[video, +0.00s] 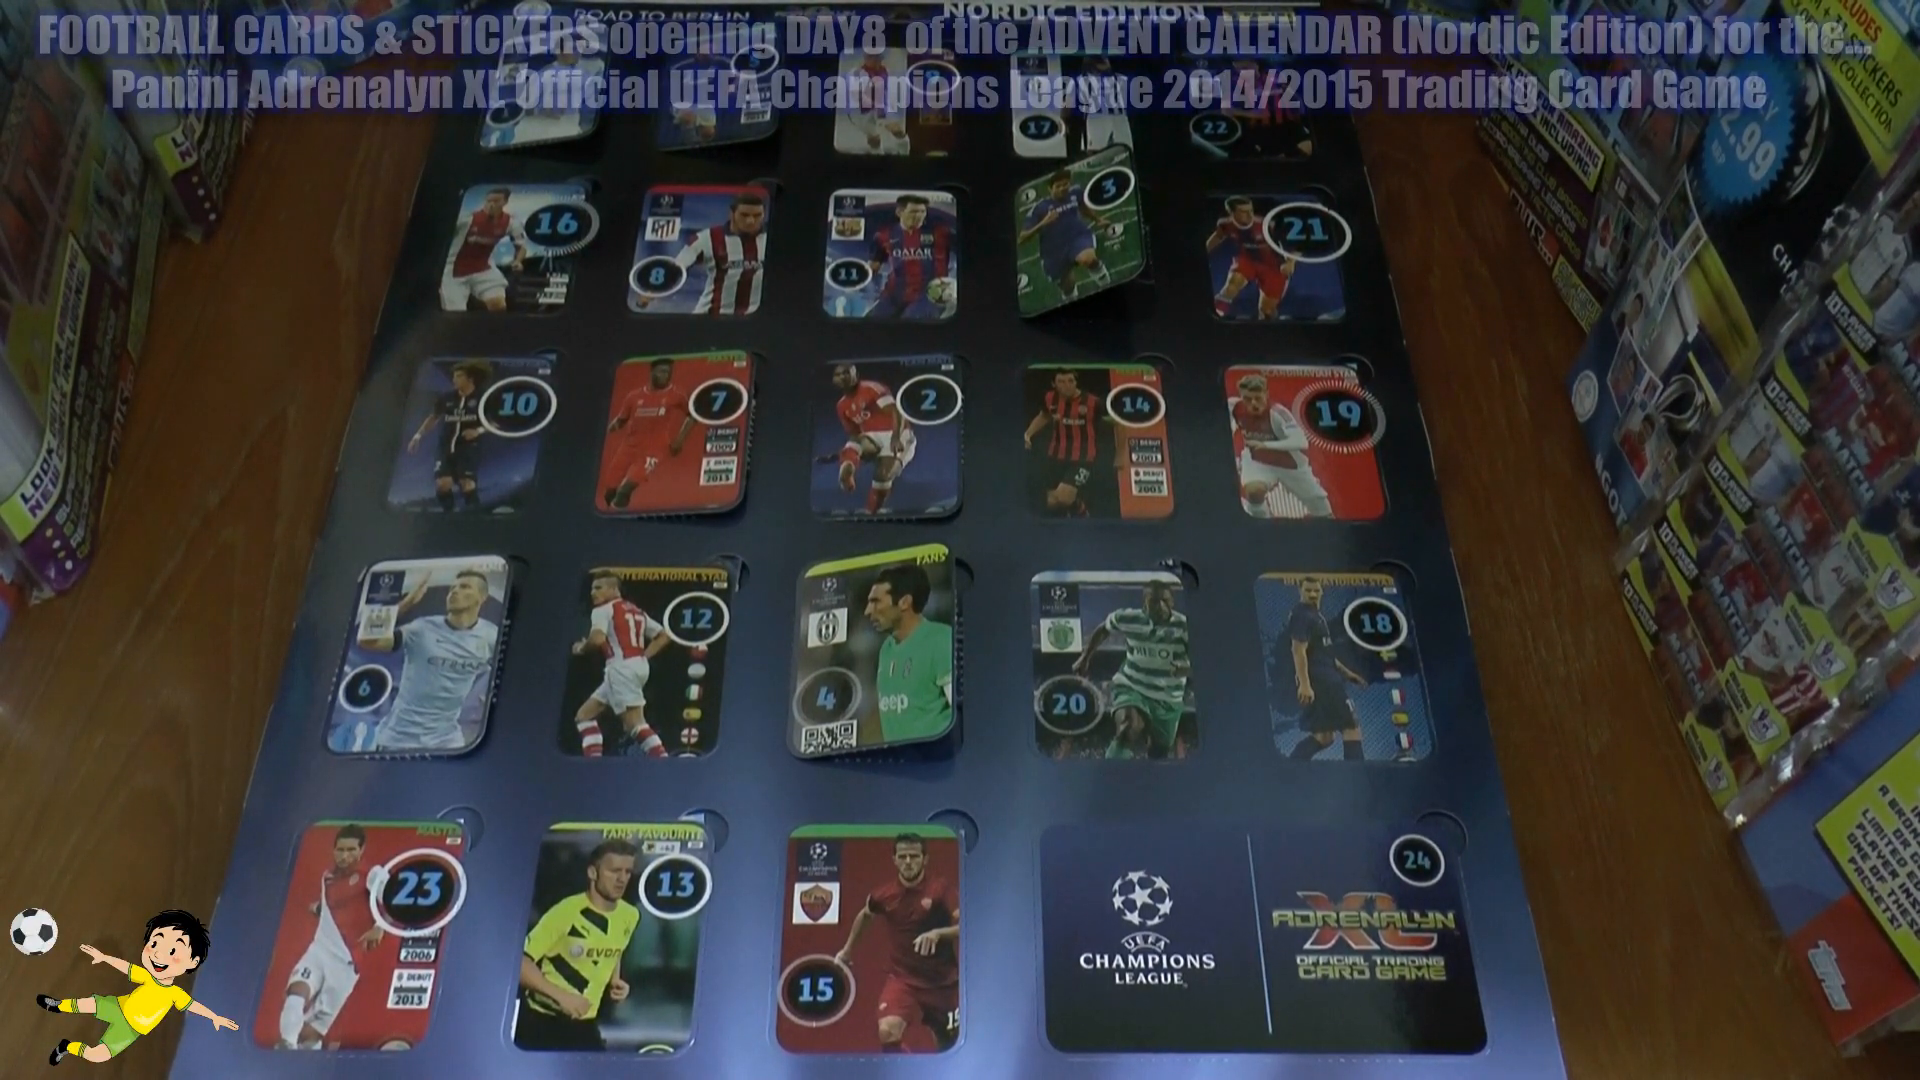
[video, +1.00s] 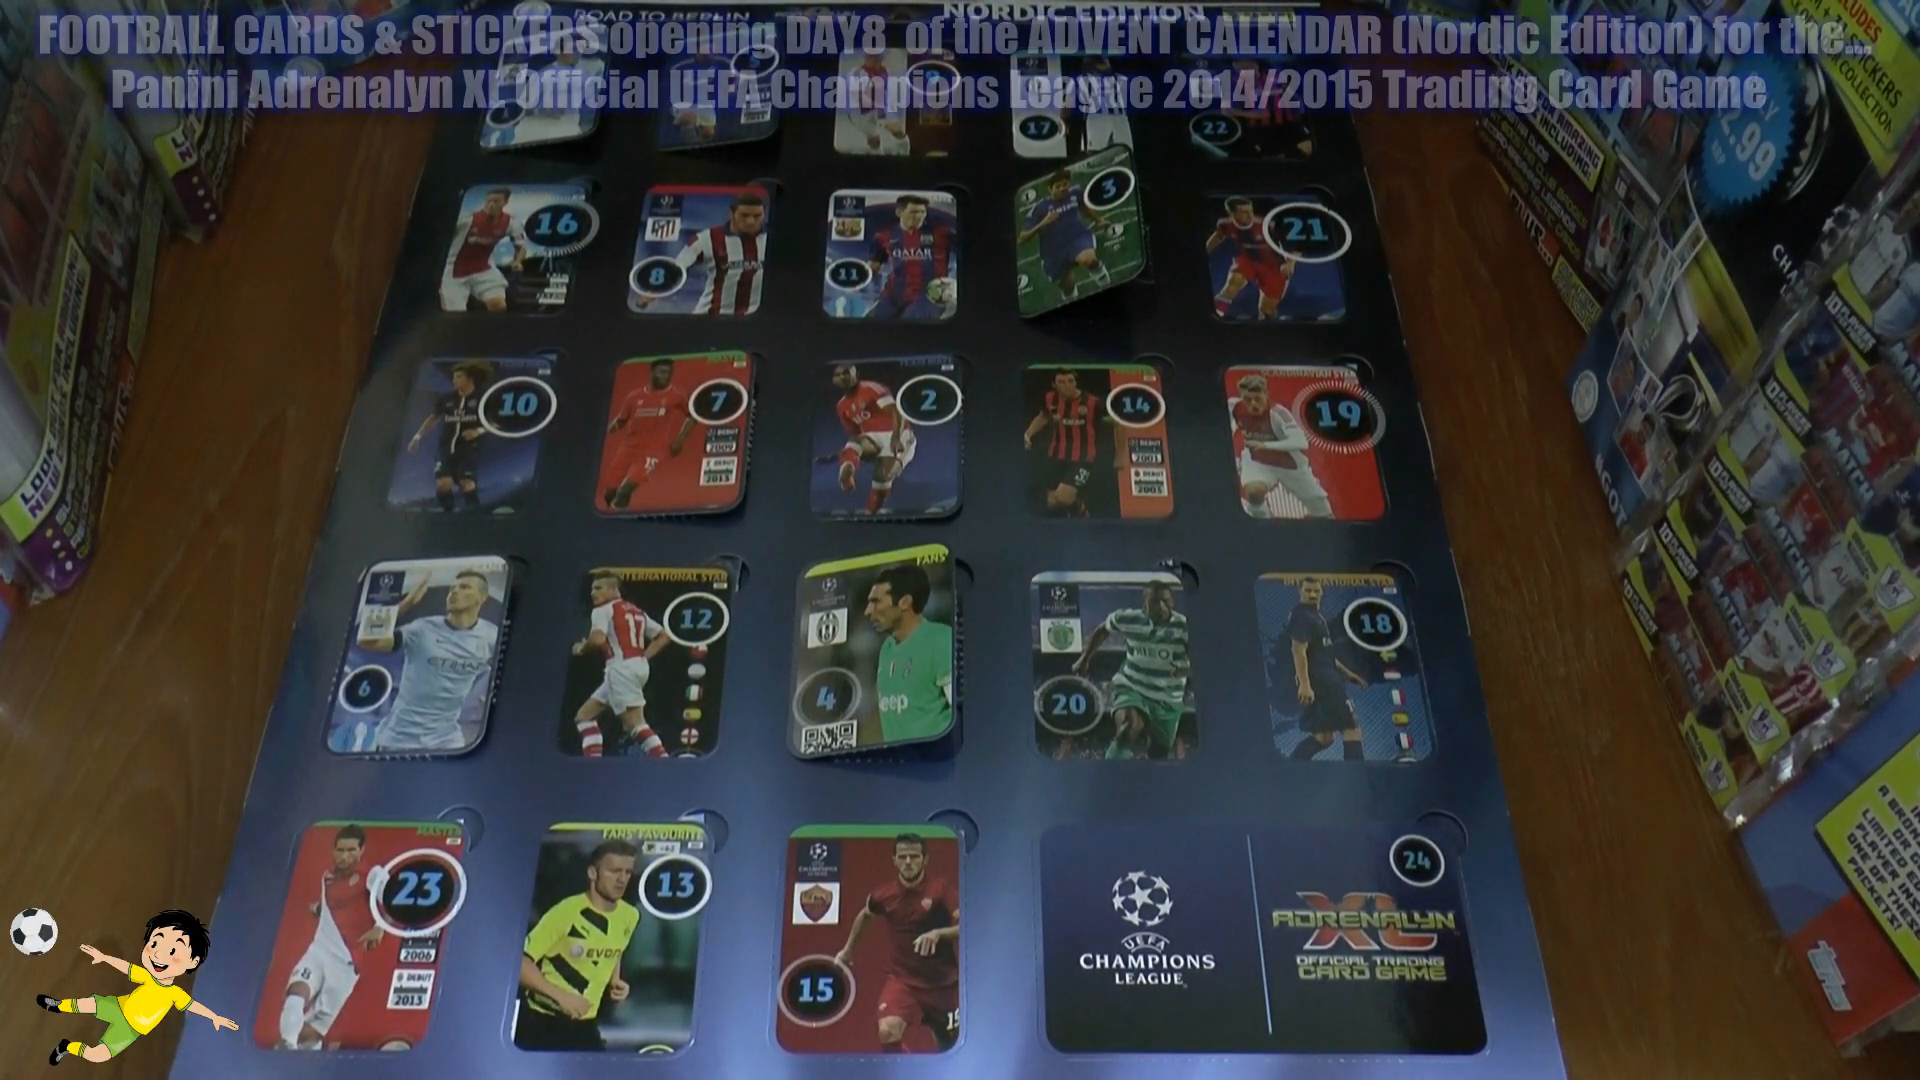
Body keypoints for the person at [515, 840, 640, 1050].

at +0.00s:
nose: (622, 879)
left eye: (627, 872)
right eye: (615, 871)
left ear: (631, 875)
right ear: (593, 873)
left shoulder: (630, 916)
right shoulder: (567, 911)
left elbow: (615, 953)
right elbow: (520, 962)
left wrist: (615, 979)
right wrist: (560, 995)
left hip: (585, 1027)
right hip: (541, 1024)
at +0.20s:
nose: (622, 879)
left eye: (627, 872)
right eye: (615, 871)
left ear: (631, 875)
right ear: (593, 873)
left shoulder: (630, 916)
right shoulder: (567, 911)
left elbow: (615, 953)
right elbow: (520, 962)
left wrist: (615, 979)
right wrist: (560, 995)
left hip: (585, 1027)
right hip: (540, 1024)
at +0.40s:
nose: (622, 879)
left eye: (627, 872)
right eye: (615, 871)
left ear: (631, 875)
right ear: (593, 873)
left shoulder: (630, 916)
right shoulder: (567, 911)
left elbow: (615, 953)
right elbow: (520, 962)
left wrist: (615, 979)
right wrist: (560, 995)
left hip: (585, 1027)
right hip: (541, 1024)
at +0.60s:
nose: (622, 879)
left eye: (627, 872)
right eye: (615, 871)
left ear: (631, 875)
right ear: (593, 873)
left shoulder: (630, 916)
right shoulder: (567, 911)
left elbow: (615, 953)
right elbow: (520, 962)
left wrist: (615, 979)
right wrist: (560, 995)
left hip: (585, 1027)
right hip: (541, 1024)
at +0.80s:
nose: (622, 879)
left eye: (627, 872)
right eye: (615, 871)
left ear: (631, 875)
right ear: (593, 873)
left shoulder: (630, 916)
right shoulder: (567, 911)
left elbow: (615, 953)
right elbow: (520, 962)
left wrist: (615, 979)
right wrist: (560, 996)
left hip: (585, 1027)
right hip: (541, 1024)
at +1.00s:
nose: (622, 879)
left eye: (627, 873)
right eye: (615, 871)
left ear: (631, 876)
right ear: (593, 873)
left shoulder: (629, 916)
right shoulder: (567, 911)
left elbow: (615, 953)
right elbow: (520, 962)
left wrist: (615, 980)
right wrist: (560, 996)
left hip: (584, 1027)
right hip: (540, 1024)